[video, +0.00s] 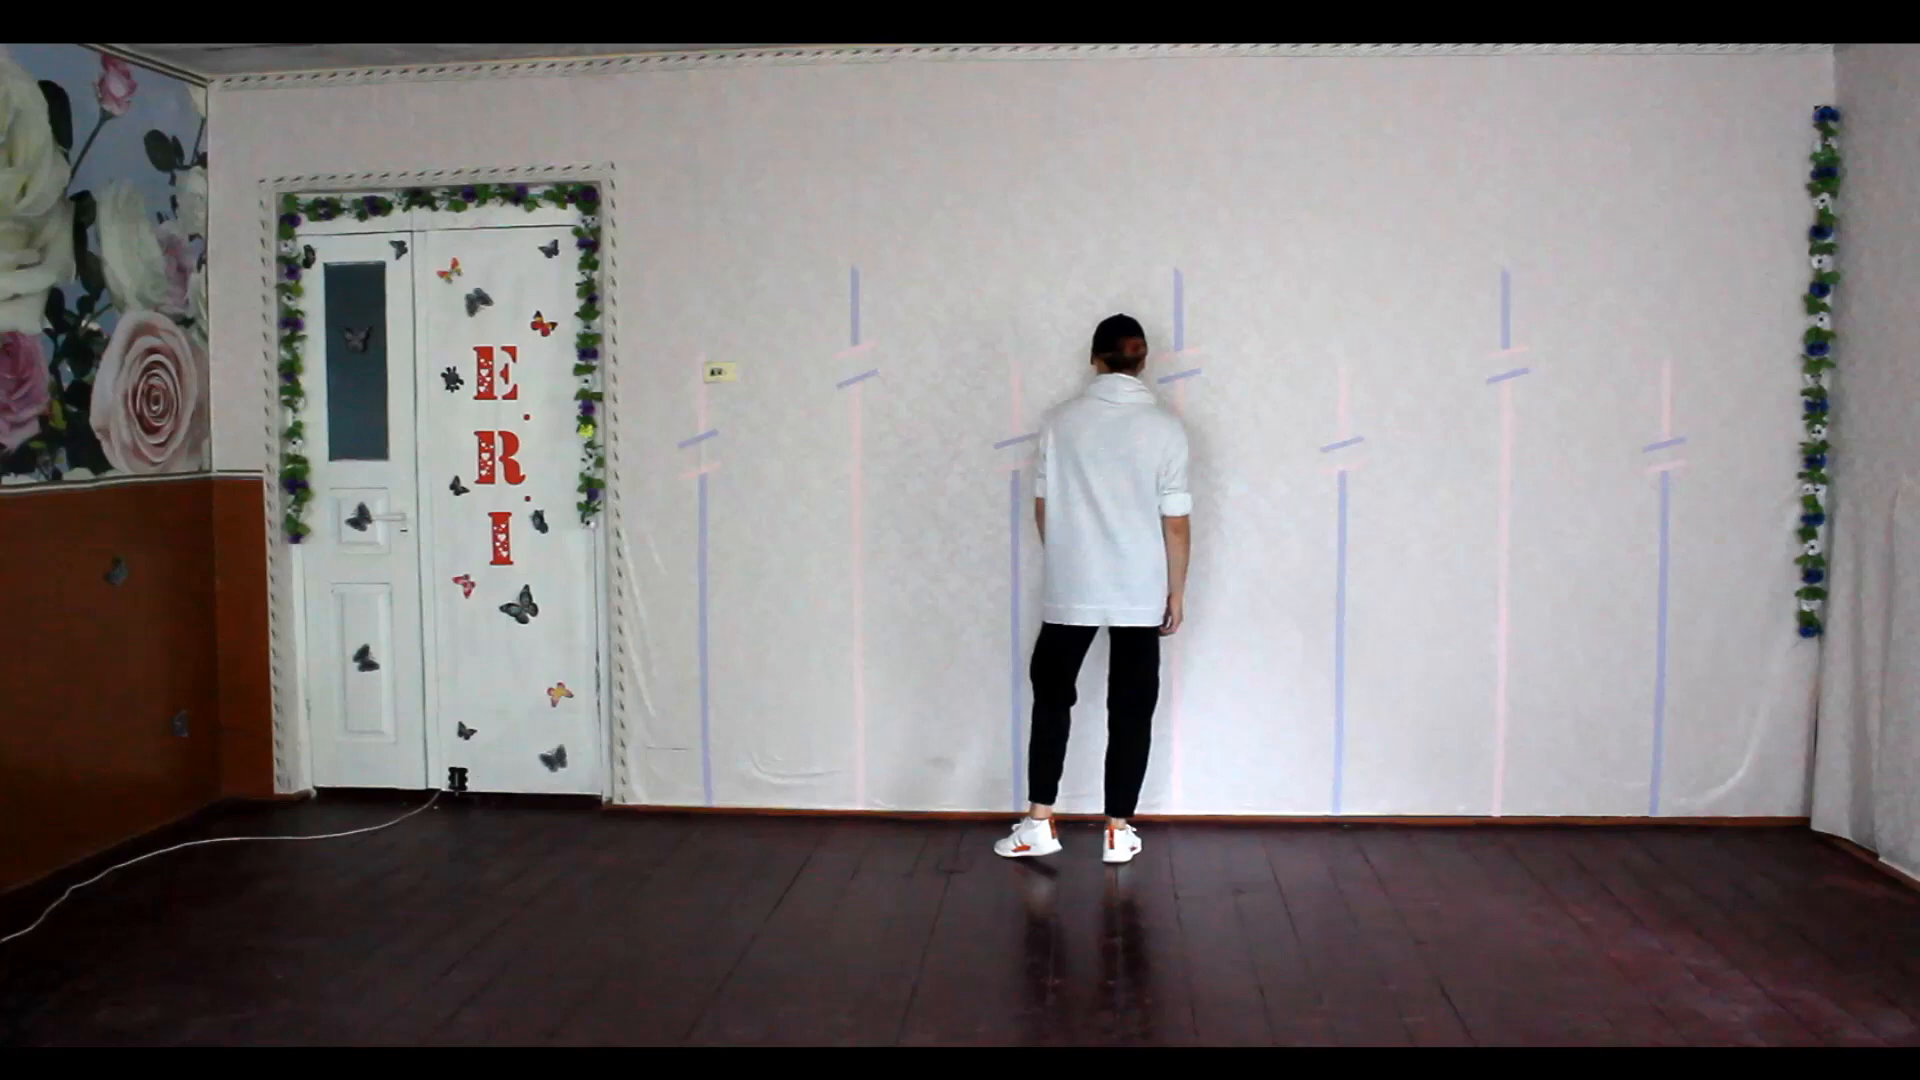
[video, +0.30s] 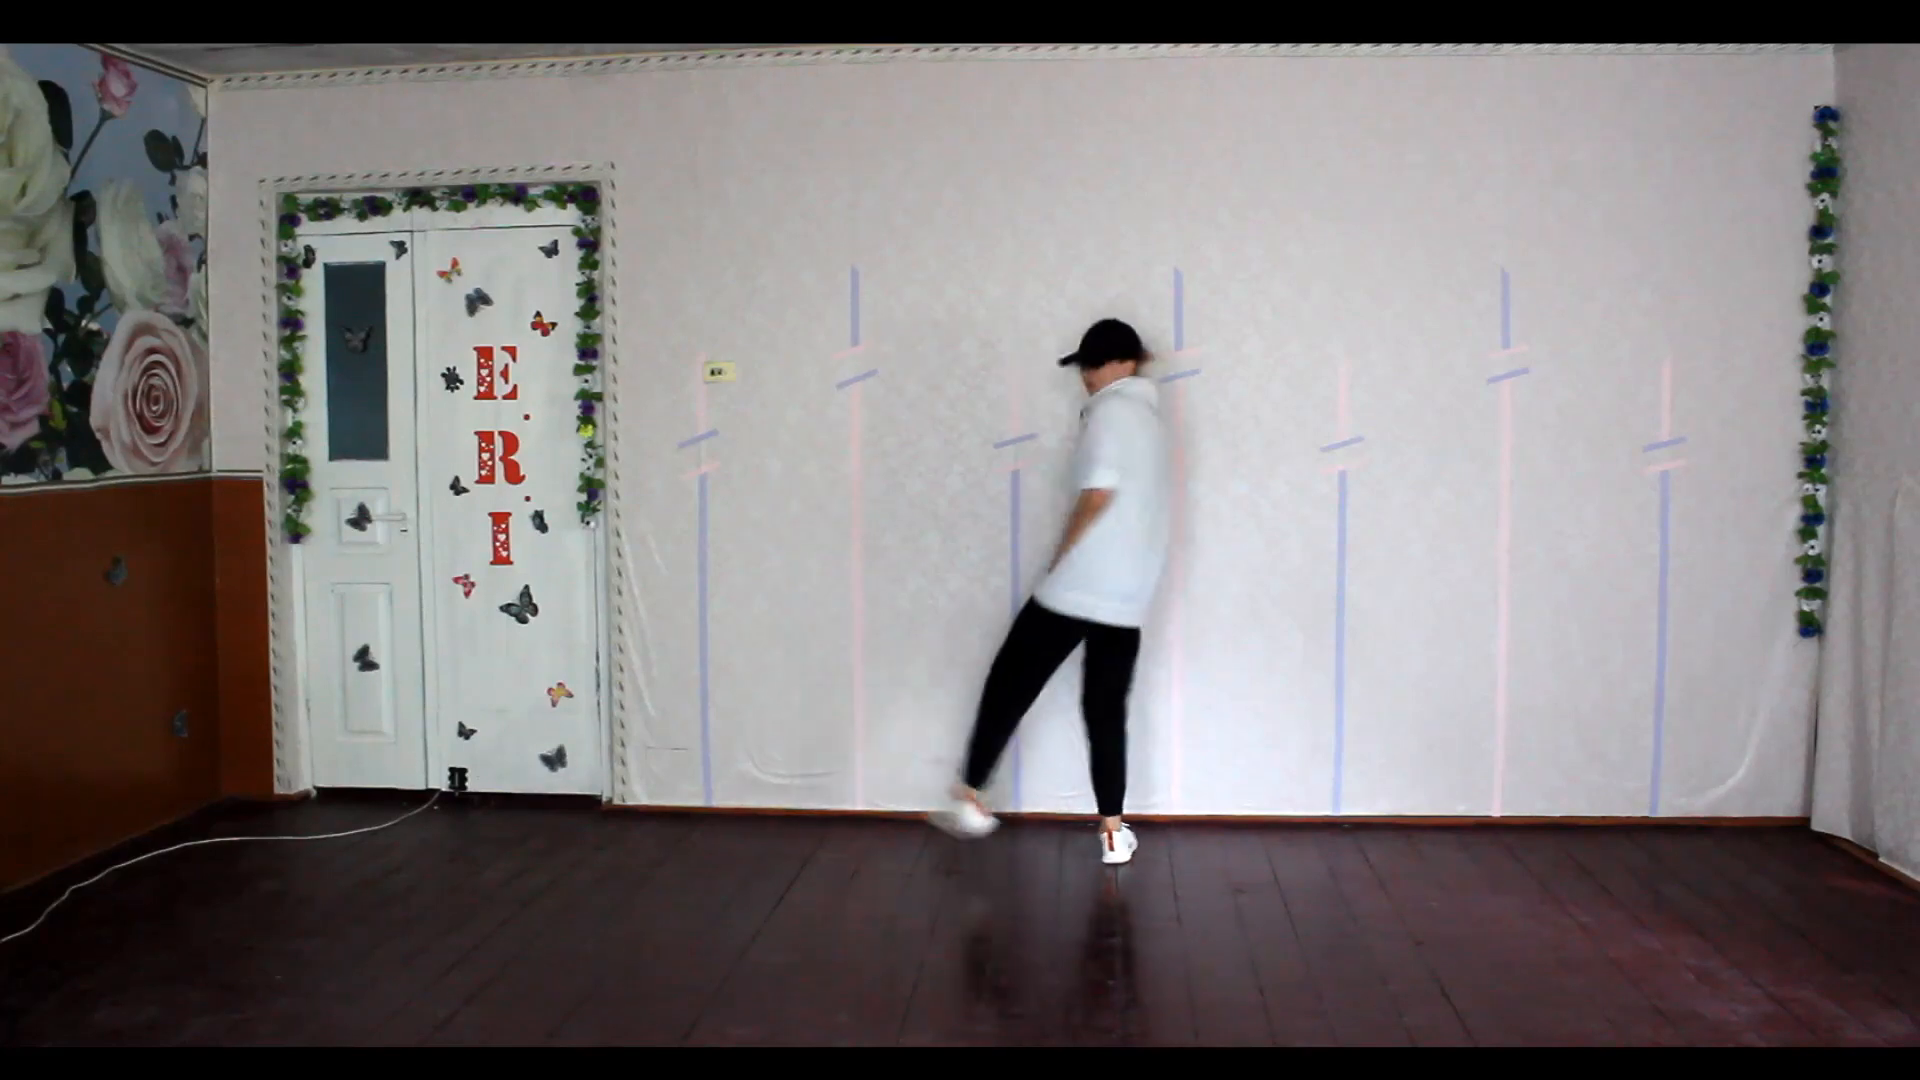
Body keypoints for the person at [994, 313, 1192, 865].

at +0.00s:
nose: (1139, 358)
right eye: (1141, 350)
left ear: (1094, 358)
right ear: (1143, 357)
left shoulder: (1060, 421)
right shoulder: (1163, 428)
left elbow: (1043, 507)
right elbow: (1176, 521)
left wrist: (1062, 563)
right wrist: (1176, 591)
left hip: (1071, 588)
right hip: (1138, 590)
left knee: (1051, 691)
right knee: (1130, 708)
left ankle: (1039, 819)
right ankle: (1118, 829)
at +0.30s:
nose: (1083, 378)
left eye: (1088, 368)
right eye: (1083, 369)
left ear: (1114, 364)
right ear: (1131, 365)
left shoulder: (1110, 410)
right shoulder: (1149, 416)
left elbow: (1100, 492)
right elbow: (1135, 498)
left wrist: (1062, 555)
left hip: (1080, 583)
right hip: (1127, 592)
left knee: (1011, 682)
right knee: (1106, 708)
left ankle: (969, 798)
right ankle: (1114, 827)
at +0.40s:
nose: (1087, 368)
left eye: (1094, 358)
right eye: (1085, 359)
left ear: (1118, 358)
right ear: (1118, 356)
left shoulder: (1133, 407)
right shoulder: (1104, 409)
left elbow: (1144, 490)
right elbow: (1114, 488)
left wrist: (1080, 547)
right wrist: (1080, 547)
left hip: (1100, 587)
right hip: (1103, 587)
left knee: (1013, 669)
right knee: (1092, 704)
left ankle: (922, 750)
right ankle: (1107, 828)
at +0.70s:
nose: (1124, 379)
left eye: (1133, 369)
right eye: (1114, 369)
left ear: (1145, 370)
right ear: (1094, 367)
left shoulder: (1160, 428)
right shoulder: (1058, 422)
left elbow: (1173, 504)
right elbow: (1027, 503)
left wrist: (1146, 551)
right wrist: (1009, 587)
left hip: (1119, 582)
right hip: (1060, 586)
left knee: (1052, 674)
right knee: (1076, 703)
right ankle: (1103, 830)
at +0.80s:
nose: (1134, 387)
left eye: (1142, 377)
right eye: (1124, 376)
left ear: (1151, 377)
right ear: (1101, 373)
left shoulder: (1156, 440)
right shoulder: (1061, 423)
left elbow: (1158, 516)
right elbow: (1034, 510)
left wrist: (1148, 559)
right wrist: (1022, 594)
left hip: (1115, 593)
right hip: (1057, 592)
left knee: (1071, 700)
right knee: (1068, 706)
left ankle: (1062, 839)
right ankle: (1101, 825)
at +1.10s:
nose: (1122, 384)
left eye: (1129, 372)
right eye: (1111, 373)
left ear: (1137, 368)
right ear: (1083, 366)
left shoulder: (1154, 433)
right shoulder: (1042, 420)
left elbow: (1173, 518)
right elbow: (986, 479)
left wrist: (1130, 581)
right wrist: (1015, 496)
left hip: (1117, 606)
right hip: (1055, 598)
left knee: (1101, 731)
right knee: (1056, 717)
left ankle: (1081, 850)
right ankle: (1040, 811)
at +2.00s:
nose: (1105, 394)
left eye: (1116, 384)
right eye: (1094, 383)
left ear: (1132, 379)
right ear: (1073, 375)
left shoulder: (1153, 430)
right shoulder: (1034, 426)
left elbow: (1233, 459)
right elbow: (954, 456)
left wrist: (1160, 494)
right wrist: (1038, 478)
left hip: (1125, 637)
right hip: (1048, 636)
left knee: (1107, 771)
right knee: (1056, 770)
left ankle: (1096, 906)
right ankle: (1079, 868)